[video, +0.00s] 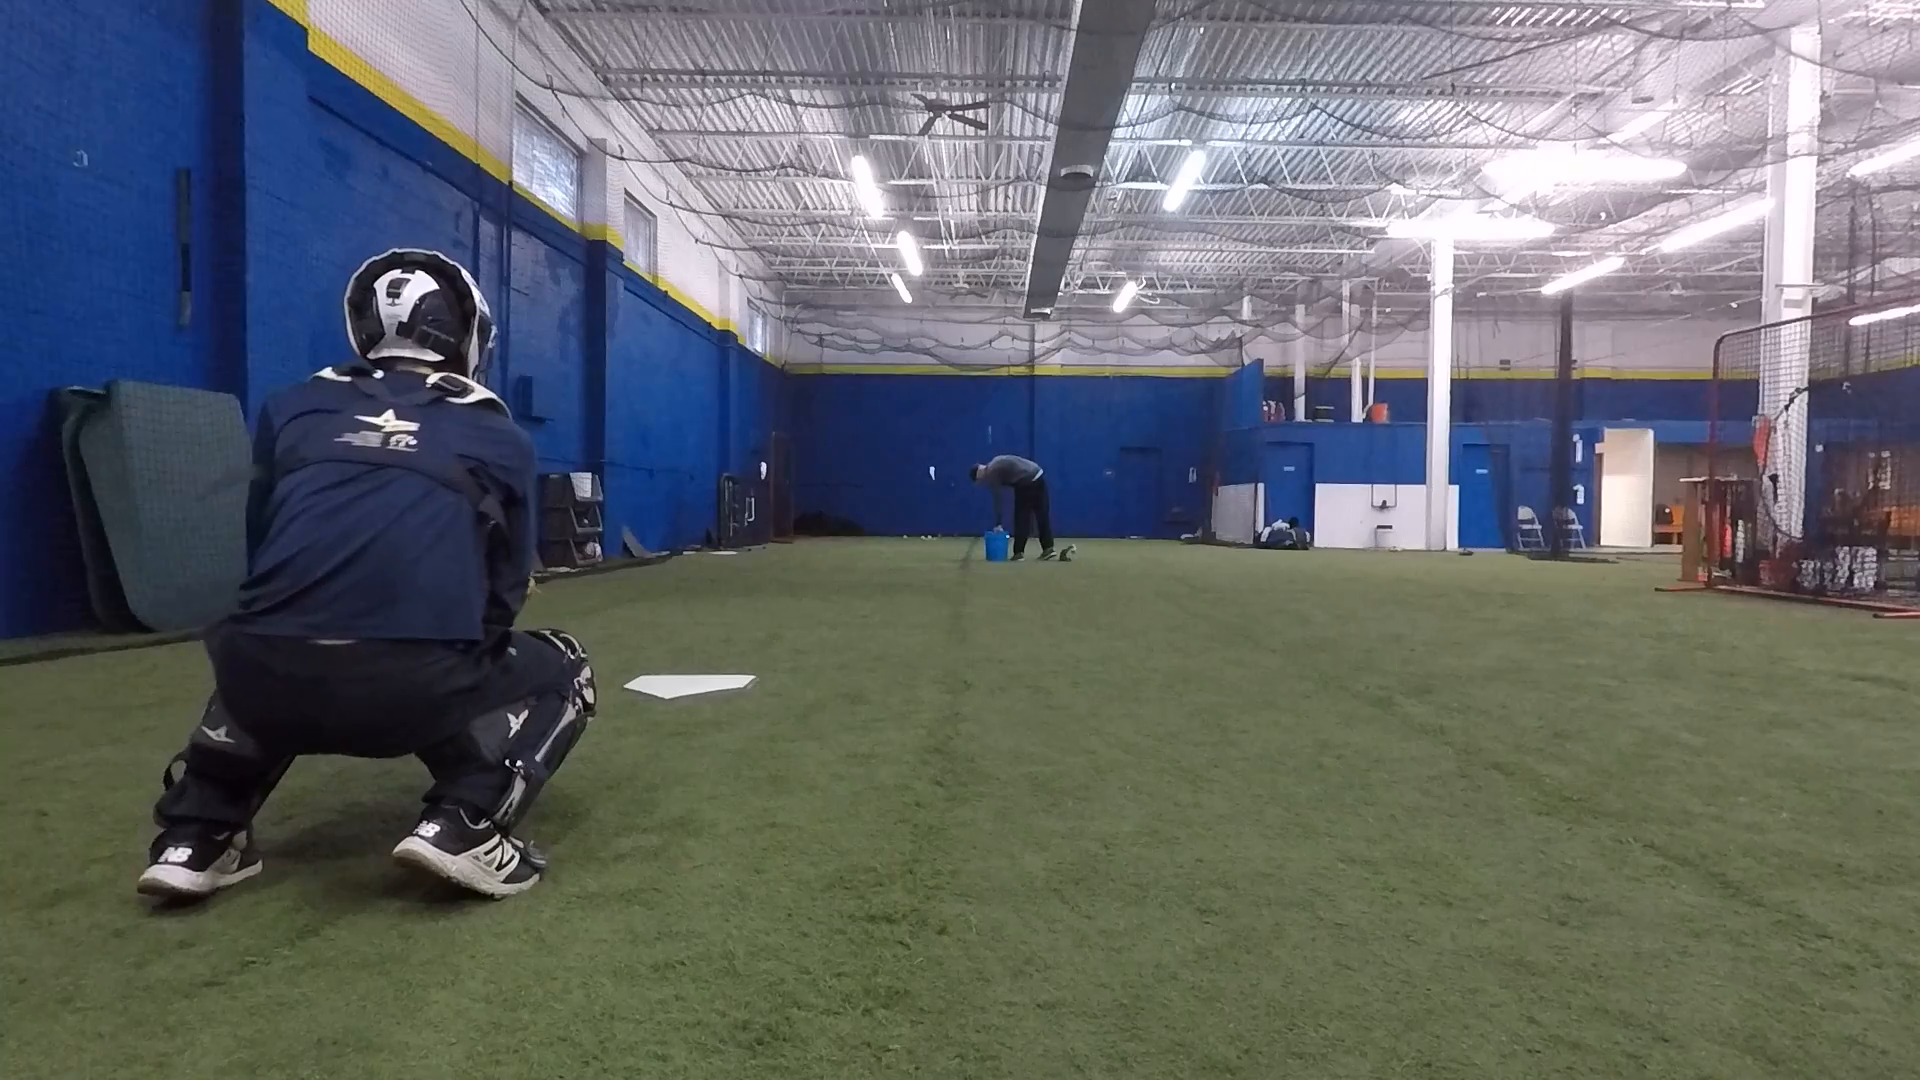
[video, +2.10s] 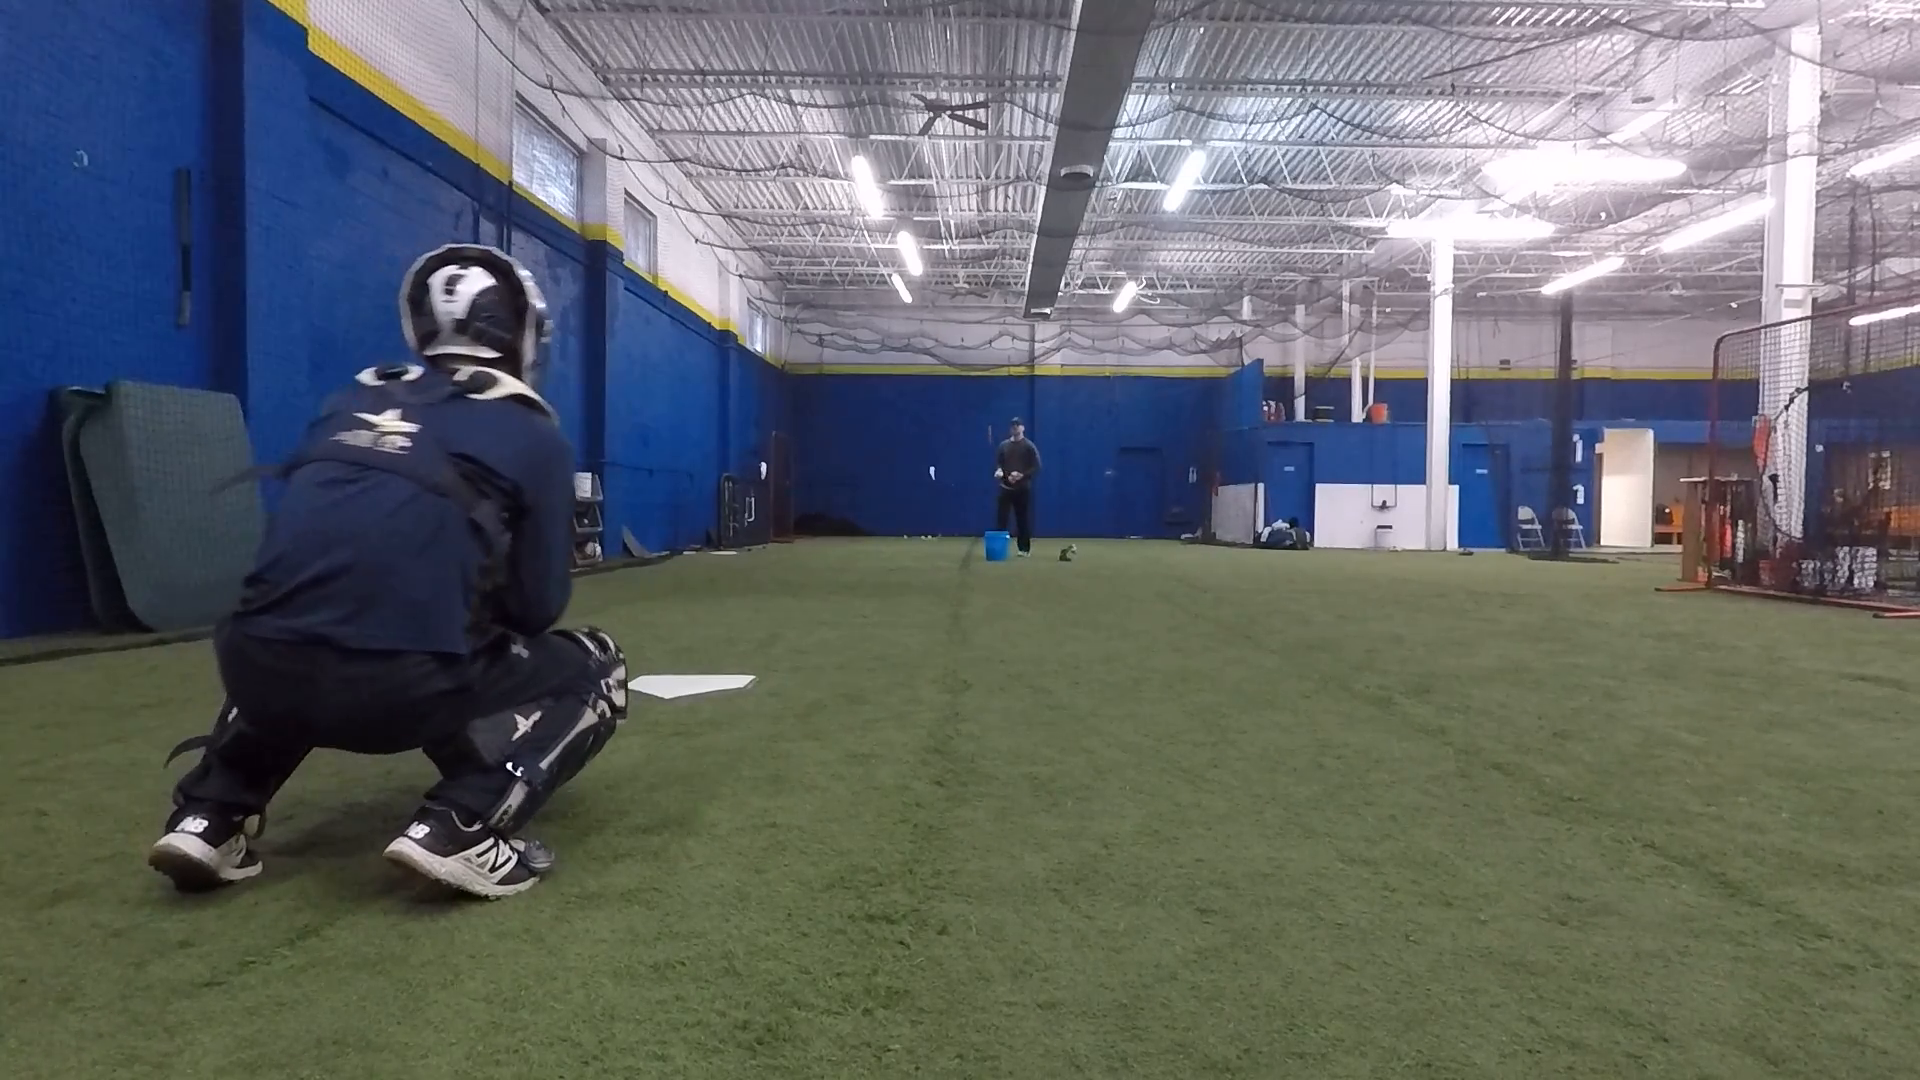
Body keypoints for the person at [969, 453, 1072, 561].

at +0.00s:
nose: (982, 480)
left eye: (980, 478)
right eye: (980, 479)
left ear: (980, 471)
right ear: (980, 473)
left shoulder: (995, 468)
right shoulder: (992, 474)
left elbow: (998, 500)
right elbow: (997, 499)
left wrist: (998, 524)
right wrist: (998, 524)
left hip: (1036, 480)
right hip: (1021, 485)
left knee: (1042, 516)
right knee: (1021, 519)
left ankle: (1048, 549)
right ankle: (1018, 552)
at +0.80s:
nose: (980, 474)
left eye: (978, 471)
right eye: (977, 473)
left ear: (979, 465)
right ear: (980, 462)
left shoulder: (992, 466)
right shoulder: (991, 465)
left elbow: (1001, 490)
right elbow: (999, 491)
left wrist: (998, 513)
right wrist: (997, 513)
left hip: (1033, 481)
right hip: (1019, 484)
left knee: (1035, 517)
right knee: (1018, 519)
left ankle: (1048, 547)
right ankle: (1017, 551)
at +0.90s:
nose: (979, 463)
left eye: (977, 460)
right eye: (977, 462)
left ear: (980, 455)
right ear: (982, 452)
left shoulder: (992, 460)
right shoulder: (995, 452)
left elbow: (1003, 482)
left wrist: (997, 499)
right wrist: (997, 497)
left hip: (1027, 482)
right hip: (1018, 483)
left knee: (1023, 518)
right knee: (1016, 518)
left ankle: (1043, 545)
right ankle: (1017, 551)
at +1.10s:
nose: (981, 448)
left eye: (980, 445)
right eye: (979, 445)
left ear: (983, 441)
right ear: (988, 436)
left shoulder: (995, 449)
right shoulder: (1002, 443)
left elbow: (1006, 468)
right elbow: (1010, 466)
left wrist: (996, 478)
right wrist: (1001, 479)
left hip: (1017, 483)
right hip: (1024, 480)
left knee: (1008, 515)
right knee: (1012, 514)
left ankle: (1017, 549)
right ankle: (1019, 543)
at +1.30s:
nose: (984, 440)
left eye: (984, 436)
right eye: (982, 437)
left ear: (989, 433)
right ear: (988, 434)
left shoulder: (1001, 445)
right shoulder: (999, 446)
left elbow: (1008, 466)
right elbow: (1004, 467)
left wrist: (995, 473)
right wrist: (994, 472)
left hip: (1013, 487)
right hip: (1008, 487)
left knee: (1009, 517)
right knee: (1001, 517)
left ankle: (1016, 549)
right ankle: (998, 549)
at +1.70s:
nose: (996, 431)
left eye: (998, 427)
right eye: (994, 428)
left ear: (1004, 427)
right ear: (992, 431)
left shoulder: (1014, 444)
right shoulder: (992, 447)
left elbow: (1020, 464)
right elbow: (991, 462)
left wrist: (1001, 469)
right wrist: (989, 468)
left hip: (1011, 487)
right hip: (997, 488)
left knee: (1010, 516)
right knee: (996, 517)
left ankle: (1025, 541)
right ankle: (995, 546)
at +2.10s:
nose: (1016, 429)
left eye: (1018, 426)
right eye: (1013, 426)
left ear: (1023, 428)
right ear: (1010, 429)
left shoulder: (1029, 446)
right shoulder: (1003, 446)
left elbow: (1036, 466)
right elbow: (999, 463)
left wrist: (1022, 475)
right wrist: (1002, 472)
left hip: (1022, 488)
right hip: (1006, 487)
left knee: (1022, 519)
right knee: (1002, 517)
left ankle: (1024, 548)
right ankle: (999, 547)